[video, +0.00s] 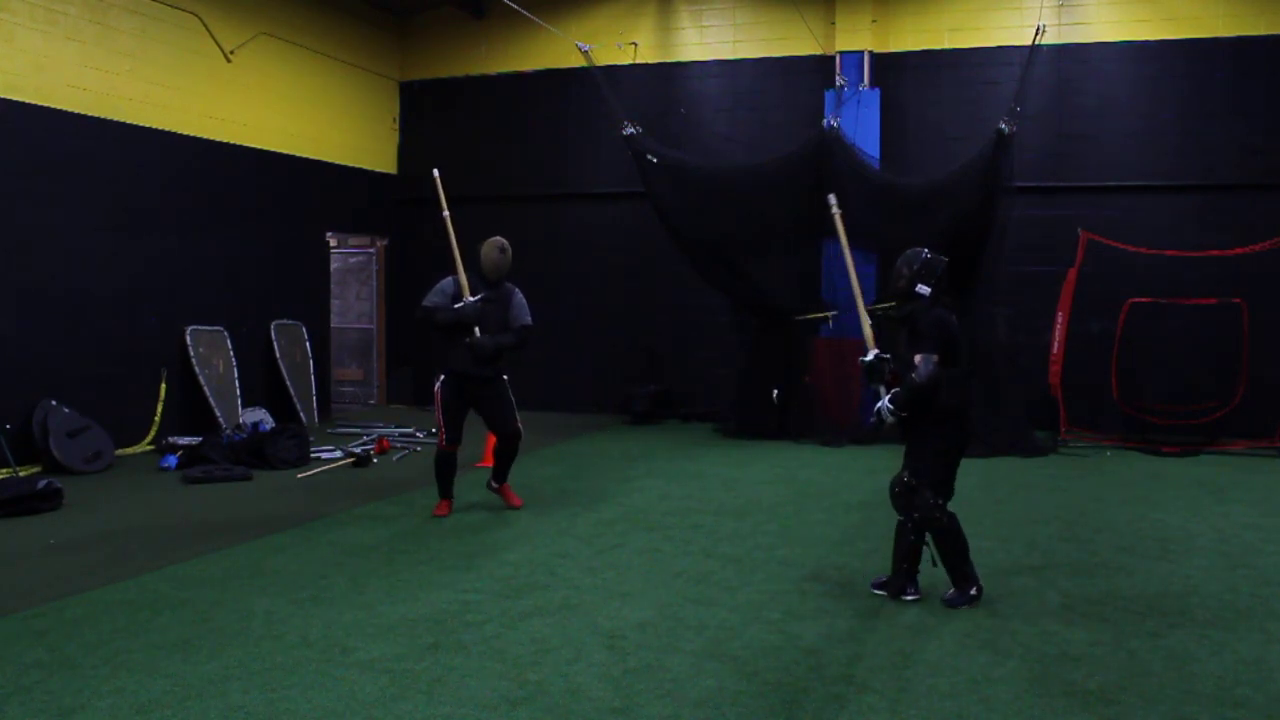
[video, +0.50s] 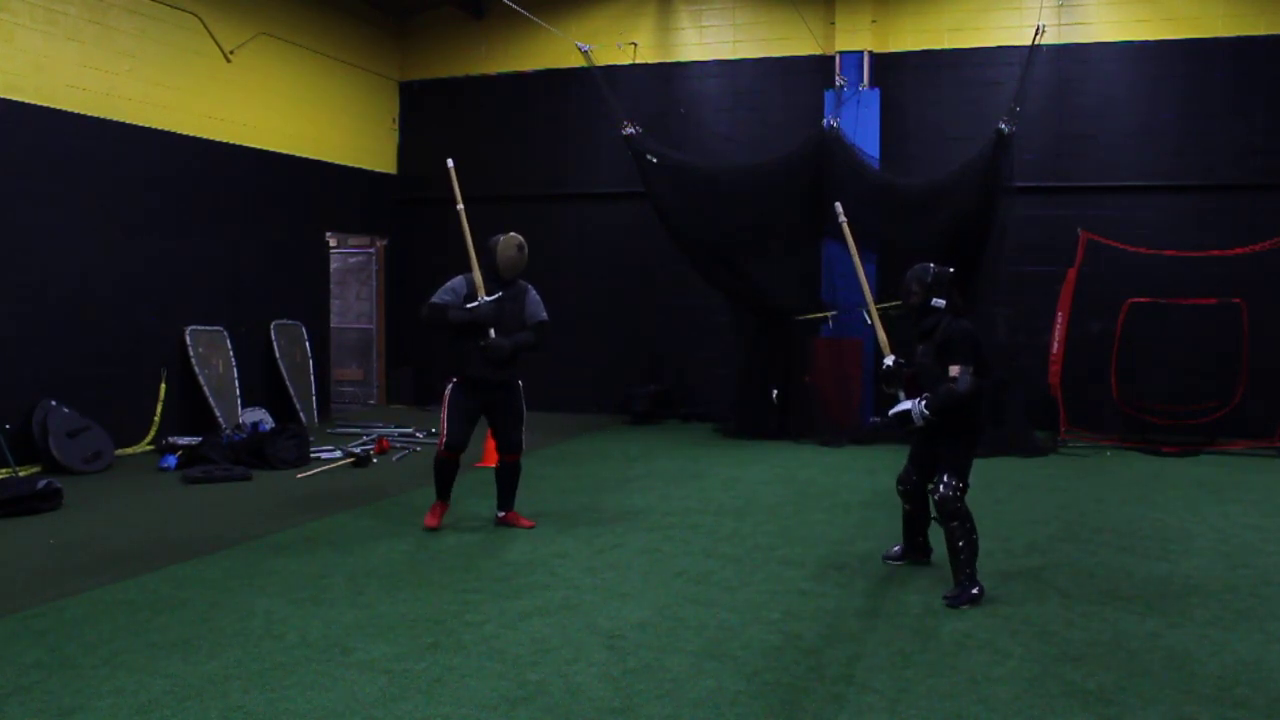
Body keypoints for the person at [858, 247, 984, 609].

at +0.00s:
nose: (896, 280)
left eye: (902, 274)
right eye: (899, 273)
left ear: (916, 279)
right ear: (927, 280)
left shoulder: (927, 317)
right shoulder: (920, 315)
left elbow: (926, 372)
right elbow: (918, 368)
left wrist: (894, 402)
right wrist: (887, 367)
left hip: (943, 422)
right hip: (929, 420)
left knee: (926, 498)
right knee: (911, 494)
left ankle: (967, 582)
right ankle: (904, 578)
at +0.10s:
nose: (906, 284)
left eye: (912, 277)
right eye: (908, 277)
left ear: (926, 283)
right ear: (936, 284)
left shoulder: (940, 322)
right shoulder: (928, 319)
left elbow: (935, 382)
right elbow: (924, 372)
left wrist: (902, 408)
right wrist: (897, 371)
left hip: (955, 428)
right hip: (935, 425)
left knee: (942, 505)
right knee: (891, 479)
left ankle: (968, 585)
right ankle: (904, 564)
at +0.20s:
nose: (911, 281)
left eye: (917, 275)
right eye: (913, 274)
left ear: (932, 281)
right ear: (937, 281)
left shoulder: (949, 320)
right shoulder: (929, 318)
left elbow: (949, 381)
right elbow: (928, 369)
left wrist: (915, 404)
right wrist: (899, 368)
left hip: (962, 420)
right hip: (939, 417)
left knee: (946, 500)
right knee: (890, 467)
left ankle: (968, 585)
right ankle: (907, 548)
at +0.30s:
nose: (914, 279)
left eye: (920, 273)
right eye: (915, 273)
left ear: (936, 278)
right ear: (935, 278)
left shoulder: (956, 317)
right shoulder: (928, 315)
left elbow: (956, 375)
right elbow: (924, 368)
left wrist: (920, 395)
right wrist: (897, 362)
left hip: (962, 417)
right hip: (934, 414)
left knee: (951, 495)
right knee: (898, 469)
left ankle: (968, 583)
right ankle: (908, 539)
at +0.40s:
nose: (914, 288)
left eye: (919, 282)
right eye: (915, 281)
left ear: (935, 285)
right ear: (935, 285)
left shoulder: (956, 321)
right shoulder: (929, 319)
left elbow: (959, 375)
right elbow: (926, 368)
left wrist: (922, 397)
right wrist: (898, 362)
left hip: (963, 420)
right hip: (936, 417)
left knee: (948, 496)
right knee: (907, 479)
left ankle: (967, 582)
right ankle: (910, 540)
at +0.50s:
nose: (908, 298)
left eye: (914, 291)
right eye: (908, 290)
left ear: (930, 294)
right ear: (928, 294)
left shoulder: (955, 330)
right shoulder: (922, 330)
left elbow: (960, 385)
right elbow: (918, 380)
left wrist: (926, 405)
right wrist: (895, 374)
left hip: (960, 425)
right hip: (934, 423)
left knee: (948, 495)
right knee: (911, 484)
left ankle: (967, 581)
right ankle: (915, 547)